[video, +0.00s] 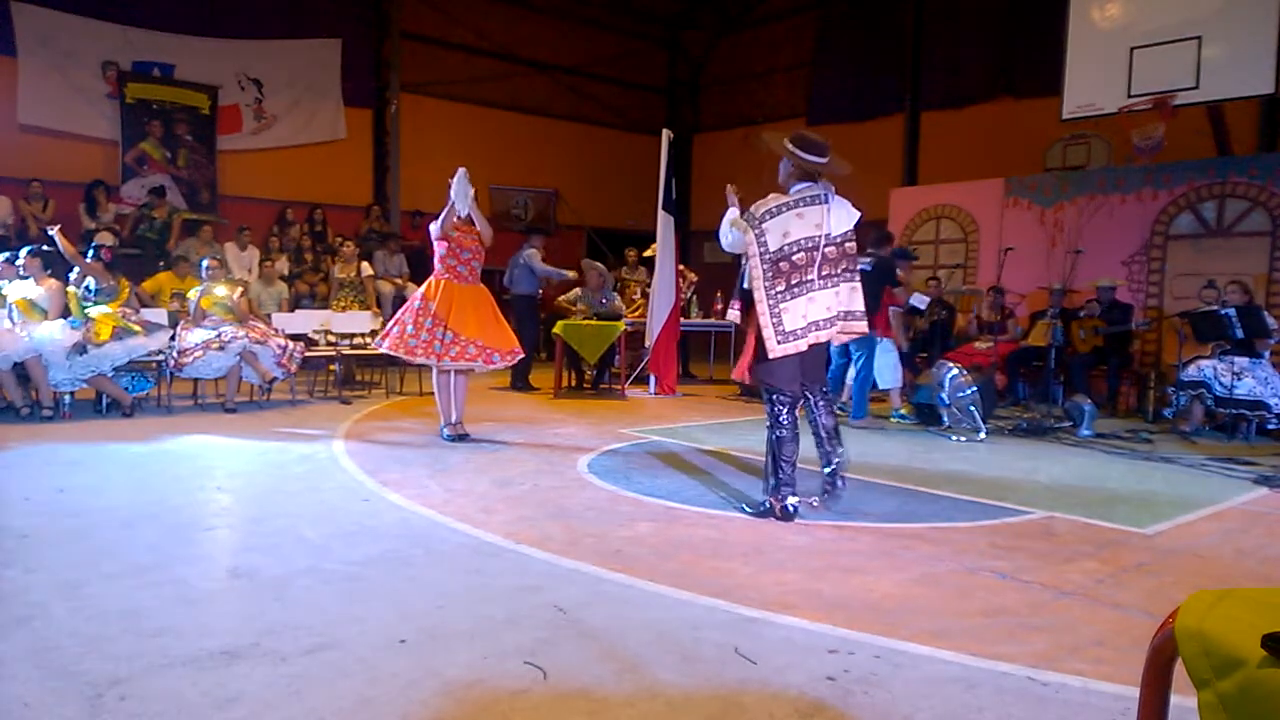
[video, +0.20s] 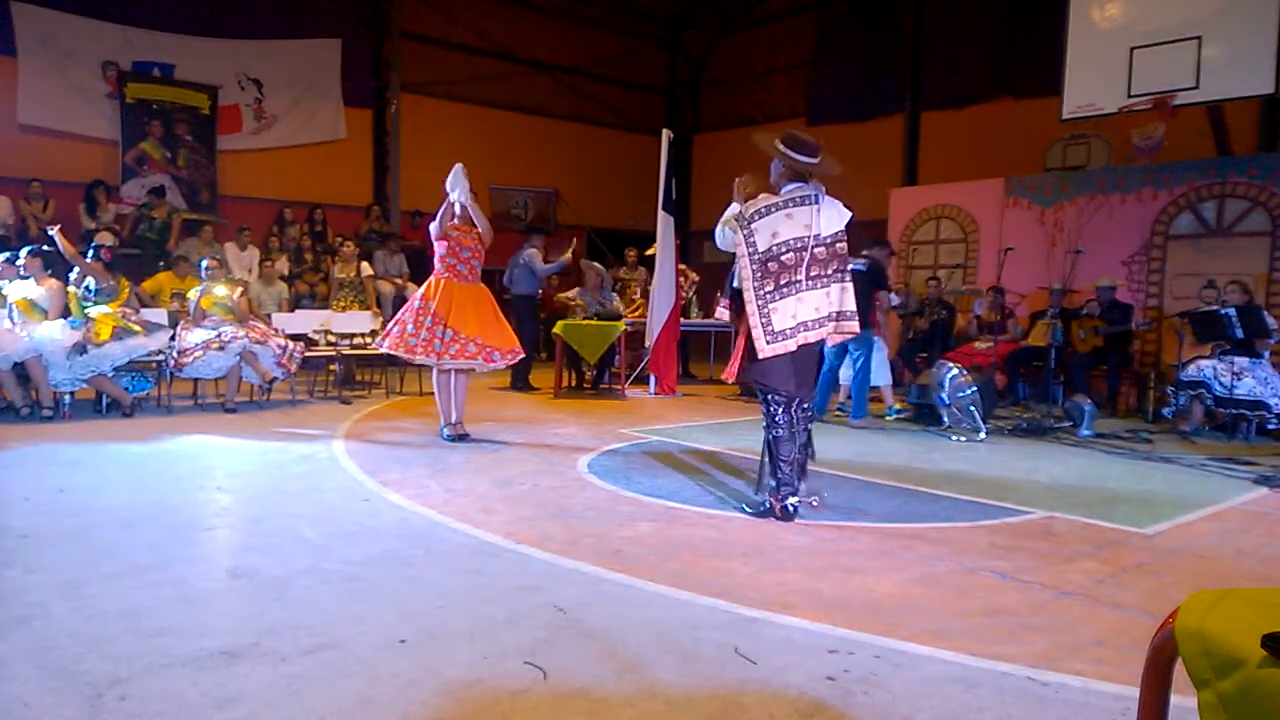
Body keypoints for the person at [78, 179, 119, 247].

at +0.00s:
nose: (100, 194)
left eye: (102, 191)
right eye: (97, 191)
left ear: (106, 192)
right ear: (91, 193)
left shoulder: (112, 207)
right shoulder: (84, 207)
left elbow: (131, 210)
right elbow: (87, 225)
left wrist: (126, 230)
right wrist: (110, 226)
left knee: (104, 235)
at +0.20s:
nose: (100, 194)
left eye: (102, 191)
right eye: (97, 191)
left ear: (106, 192)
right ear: (91, 193)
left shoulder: (112, 207)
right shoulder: (84, 207)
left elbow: (131, 210)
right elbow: (86, 225)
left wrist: (126, 230)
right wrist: (110, 226)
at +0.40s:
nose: (100, 194)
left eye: (102, 191)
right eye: (97, 191)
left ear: (106, 192)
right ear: (91, 193)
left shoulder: (112, 207)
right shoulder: (84, 207)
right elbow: (86, 224)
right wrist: (109, 226)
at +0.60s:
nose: (100, 194)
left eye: (103, 191)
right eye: (97, 191)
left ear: (106, 192)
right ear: (91, 193)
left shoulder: (112, 207)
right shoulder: (84, 207)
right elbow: (86, 225)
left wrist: (102, 204)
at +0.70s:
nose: (100, 194)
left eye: (103, 191)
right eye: (97, 191)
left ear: (106, 192)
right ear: (91, 193)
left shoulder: (112, 207)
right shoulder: (84, 207)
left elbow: (132, 210)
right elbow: (86, 224)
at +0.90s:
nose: (100, 193)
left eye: (102, 190)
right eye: (96, 191)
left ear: (106, 192)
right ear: (90, 193)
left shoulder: (111, 206)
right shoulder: (83, 207)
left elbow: (132, 211)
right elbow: (86, 225)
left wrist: (125, 229)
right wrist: (109, 226)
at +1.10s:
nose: (96, 197)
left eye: (98, 193)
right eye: (93, 193)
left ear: (103, 193)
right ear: (86, 194)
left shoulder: (108, 205)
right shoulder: (80, 206)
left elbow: (112, 220)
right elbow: (83, 224)